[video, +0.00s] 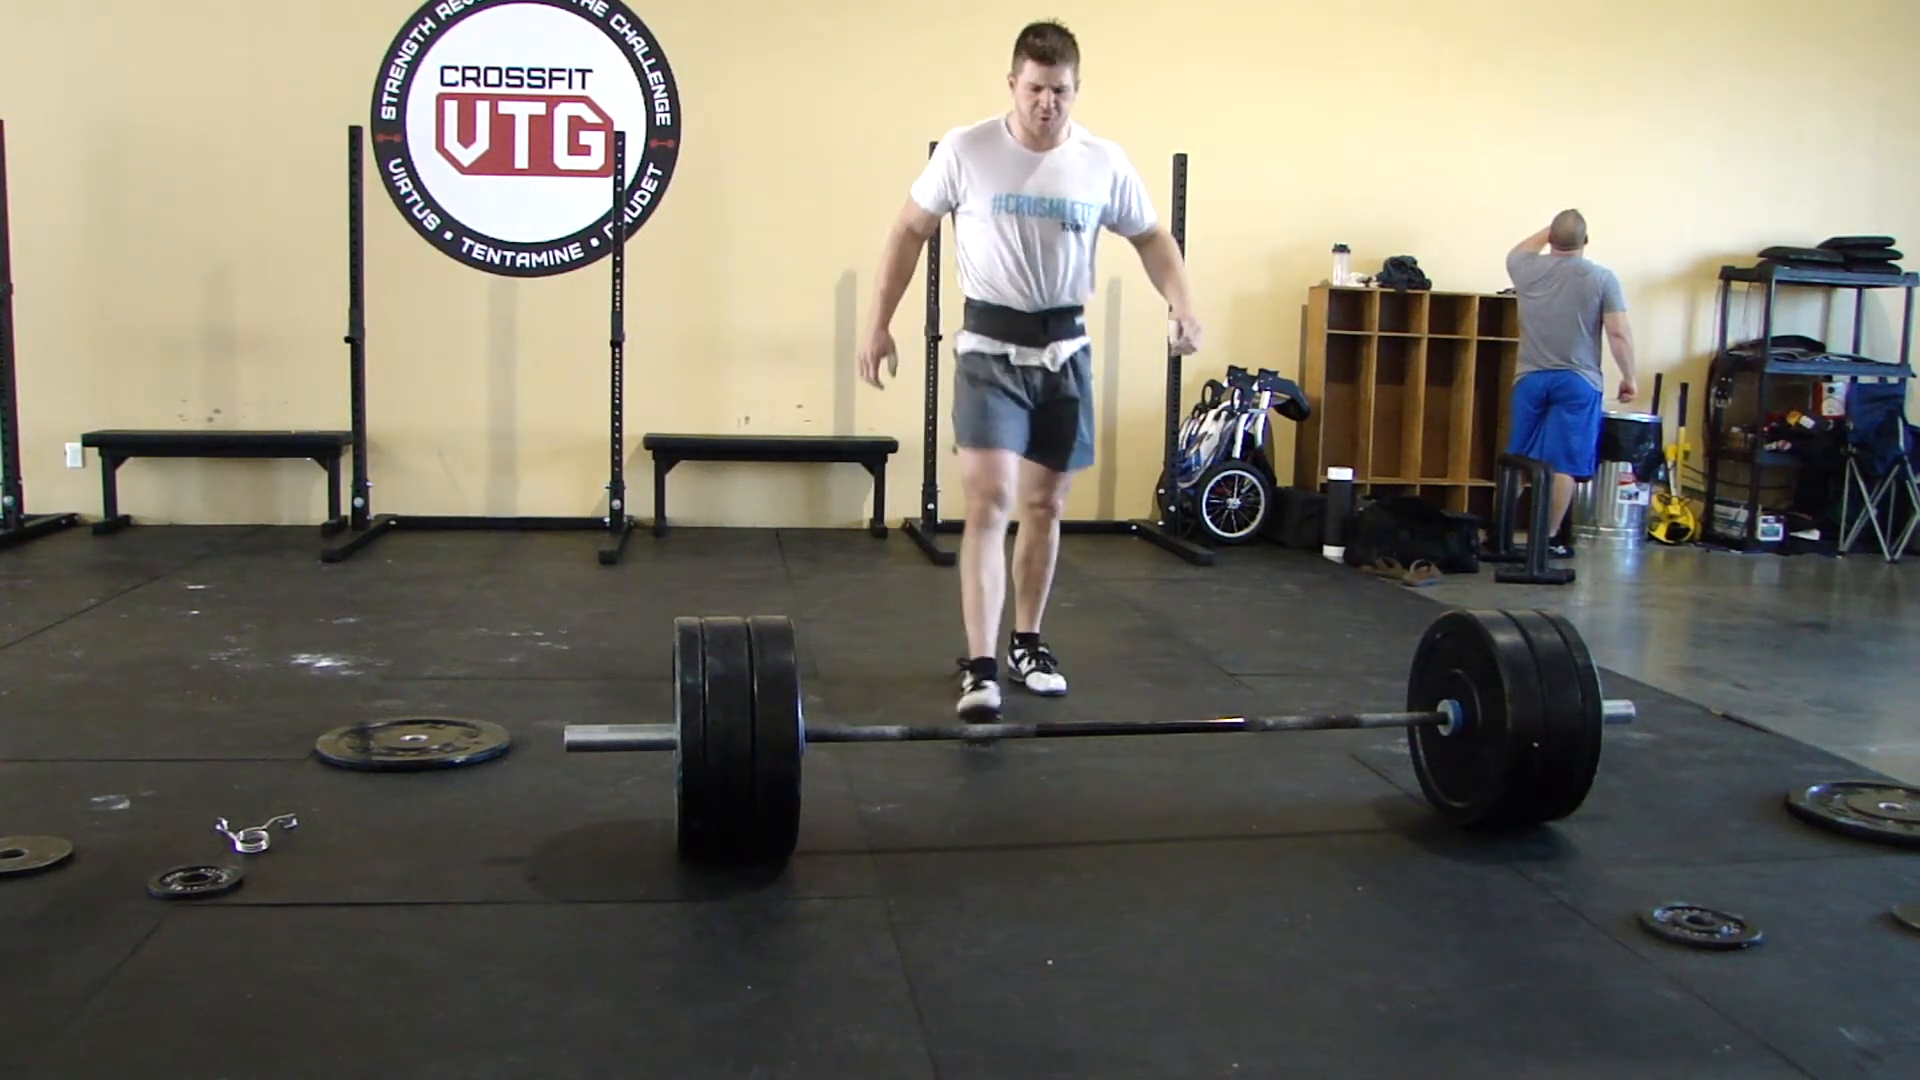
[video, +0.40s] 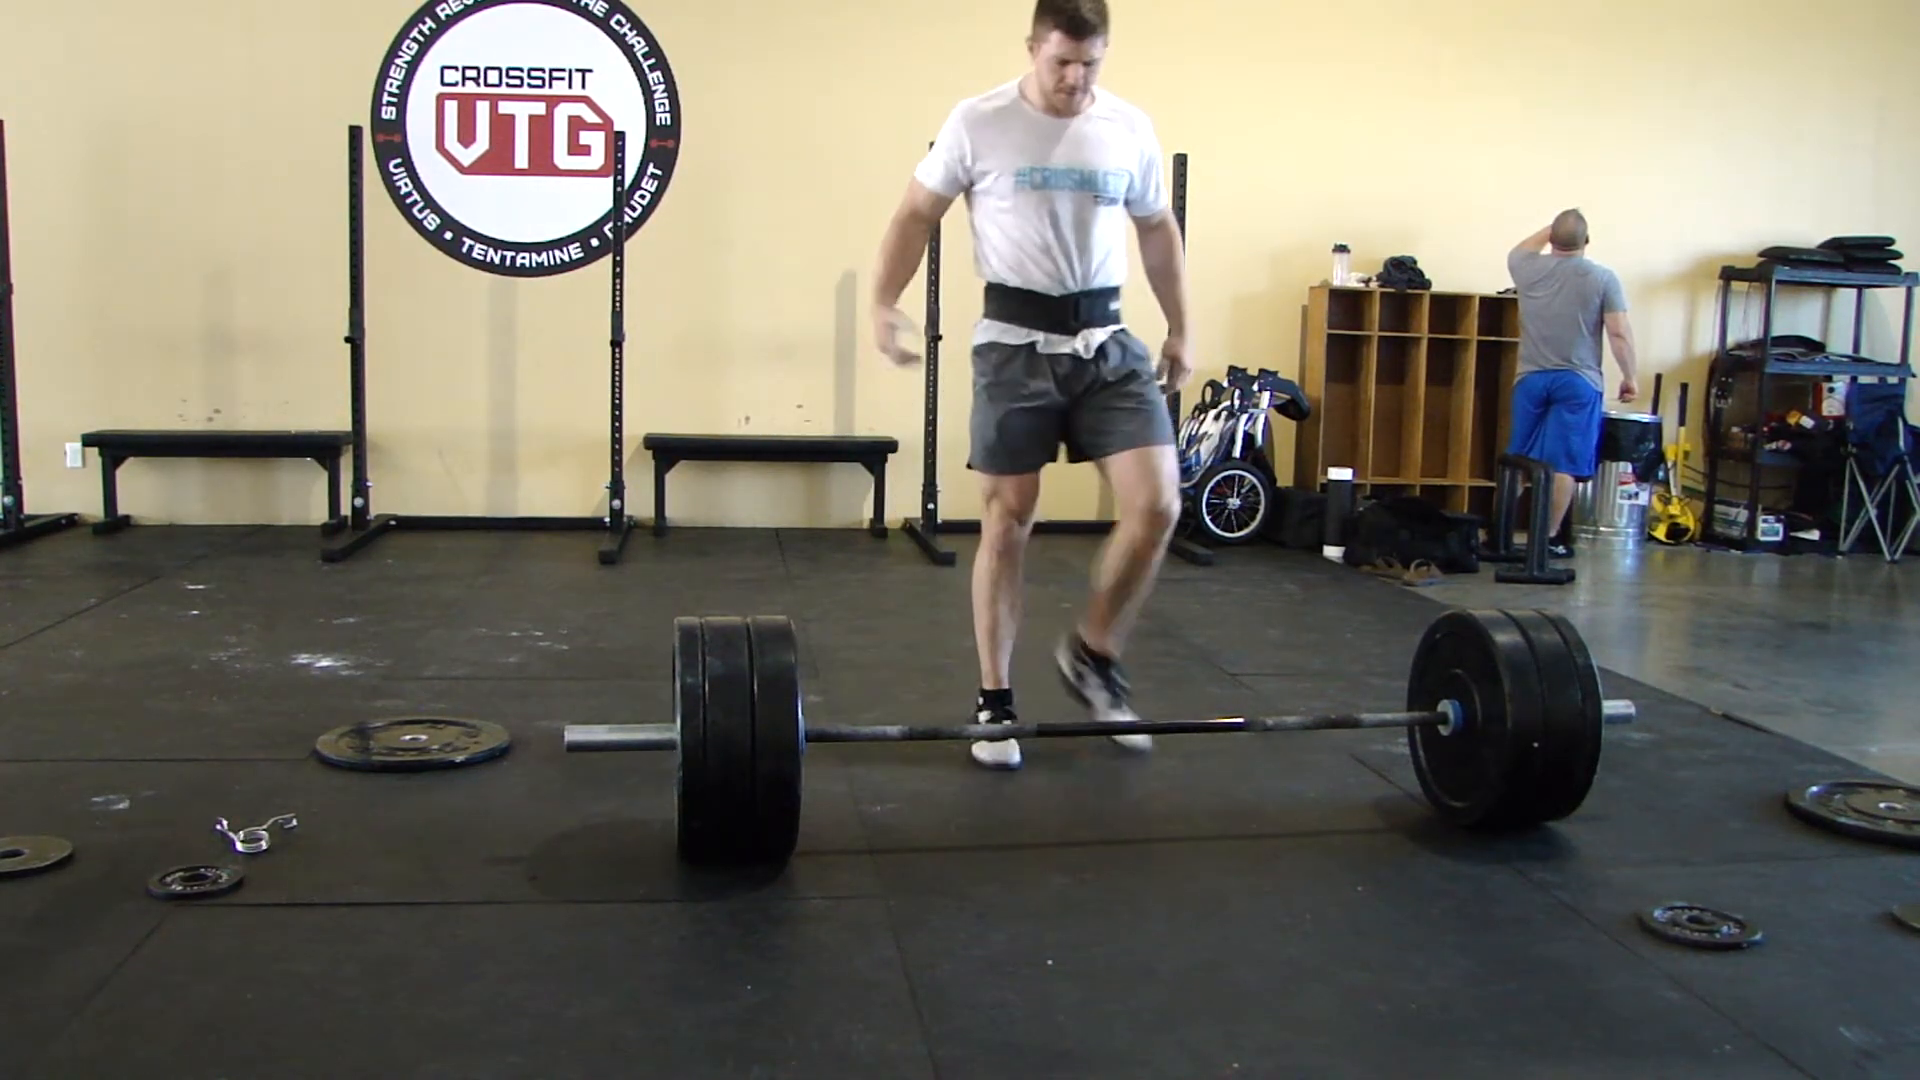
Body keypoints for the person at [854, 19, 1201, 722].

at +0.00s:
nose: (1046, 101)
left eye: (1059, 88)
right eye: (1035, 87)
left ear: (1076, 89)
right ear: (1011, 84)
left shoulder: (1104, 163)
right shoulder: (965, 151)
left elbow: (1151, 238)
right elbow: (911, 231)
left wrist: (1182, 303)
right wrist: (879, 325)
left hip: (1064, 356)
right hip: (989, 351)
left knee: (1044, 507)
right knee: (989, 499)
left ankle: (1027, 642)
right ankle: (981, 668)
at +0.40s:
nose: (1077, 79)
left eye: (1089, 65)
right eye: (1064, 64)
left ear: (1105, 56)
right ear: (1031, 49)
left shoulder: (1129, 130)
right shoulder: (977, 125)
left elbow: (1157, 228)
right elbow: (917, 214)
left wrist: (1180, 328)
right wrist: (882, 303)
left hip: (1105, 346)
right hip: (1013, 347)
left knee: (1157, 509)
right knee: (1010, 517)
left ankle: (1093, 650)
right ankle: (995, 699)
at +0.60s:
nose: (1118, 91)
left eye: (1131, 78)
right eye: (1103, 75)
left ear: (1146, 67)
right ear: (1069, 56)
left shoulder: (1170, 138)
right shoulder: (1013, 131)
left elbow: (1196, 241)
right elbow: (932, 218)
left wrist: (1226, 342)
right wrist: (887, 321)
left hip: (1143, 368)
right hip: (1045, 366)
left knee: (1174, 541)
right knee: (1019, 548)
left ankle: (1217, 741)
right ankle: (998, 707)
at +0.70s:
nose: (1148, 99)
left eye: (1161, 85)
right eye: (1134, 82)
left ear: (1179, 71)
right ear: (1101, 59)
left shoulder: (1205, 145)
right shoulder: (1044, 132)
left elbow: (1236, 251)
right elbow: (964, 228)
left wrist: (1269, 355)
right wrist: (918, 337)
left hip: (1168, 375)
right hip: (1066, 373)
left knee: (1208, 548)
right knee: (1021, 560)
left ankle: (1224, 765)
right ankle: (1003, 700)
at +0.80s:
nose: (1179, 98)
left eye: (1194, 84)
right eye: (1164, 80)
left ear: (1212, 71)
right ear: (1130, 53)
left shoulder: (1235, 142)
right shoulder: (1067, 125)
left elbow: (1273, 249)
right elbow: (992, 227)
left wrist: (1314, 358)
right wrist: (950, 340)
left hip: (1189, 370)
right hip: (1081, 365)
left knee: (1231, 549)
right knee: (1028, 557)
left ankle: (1226, 766)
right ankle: (1022, 680)